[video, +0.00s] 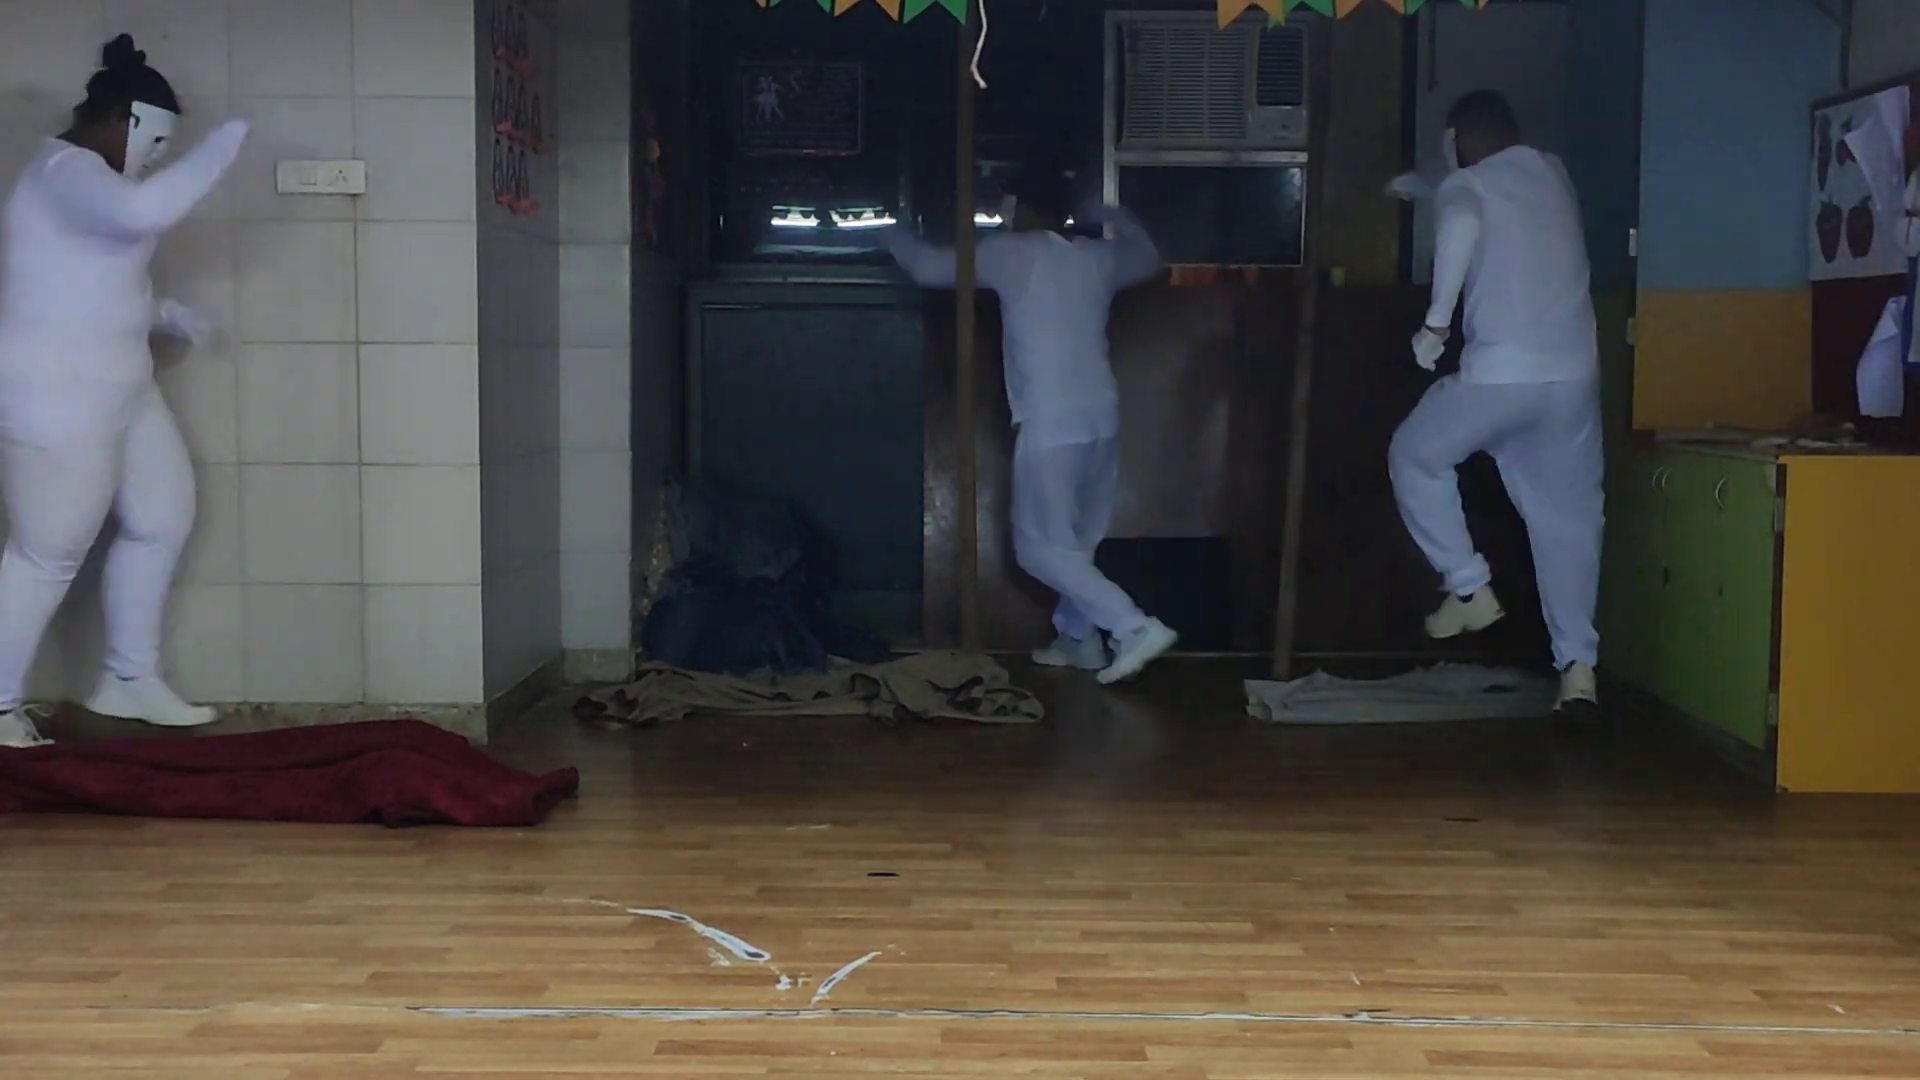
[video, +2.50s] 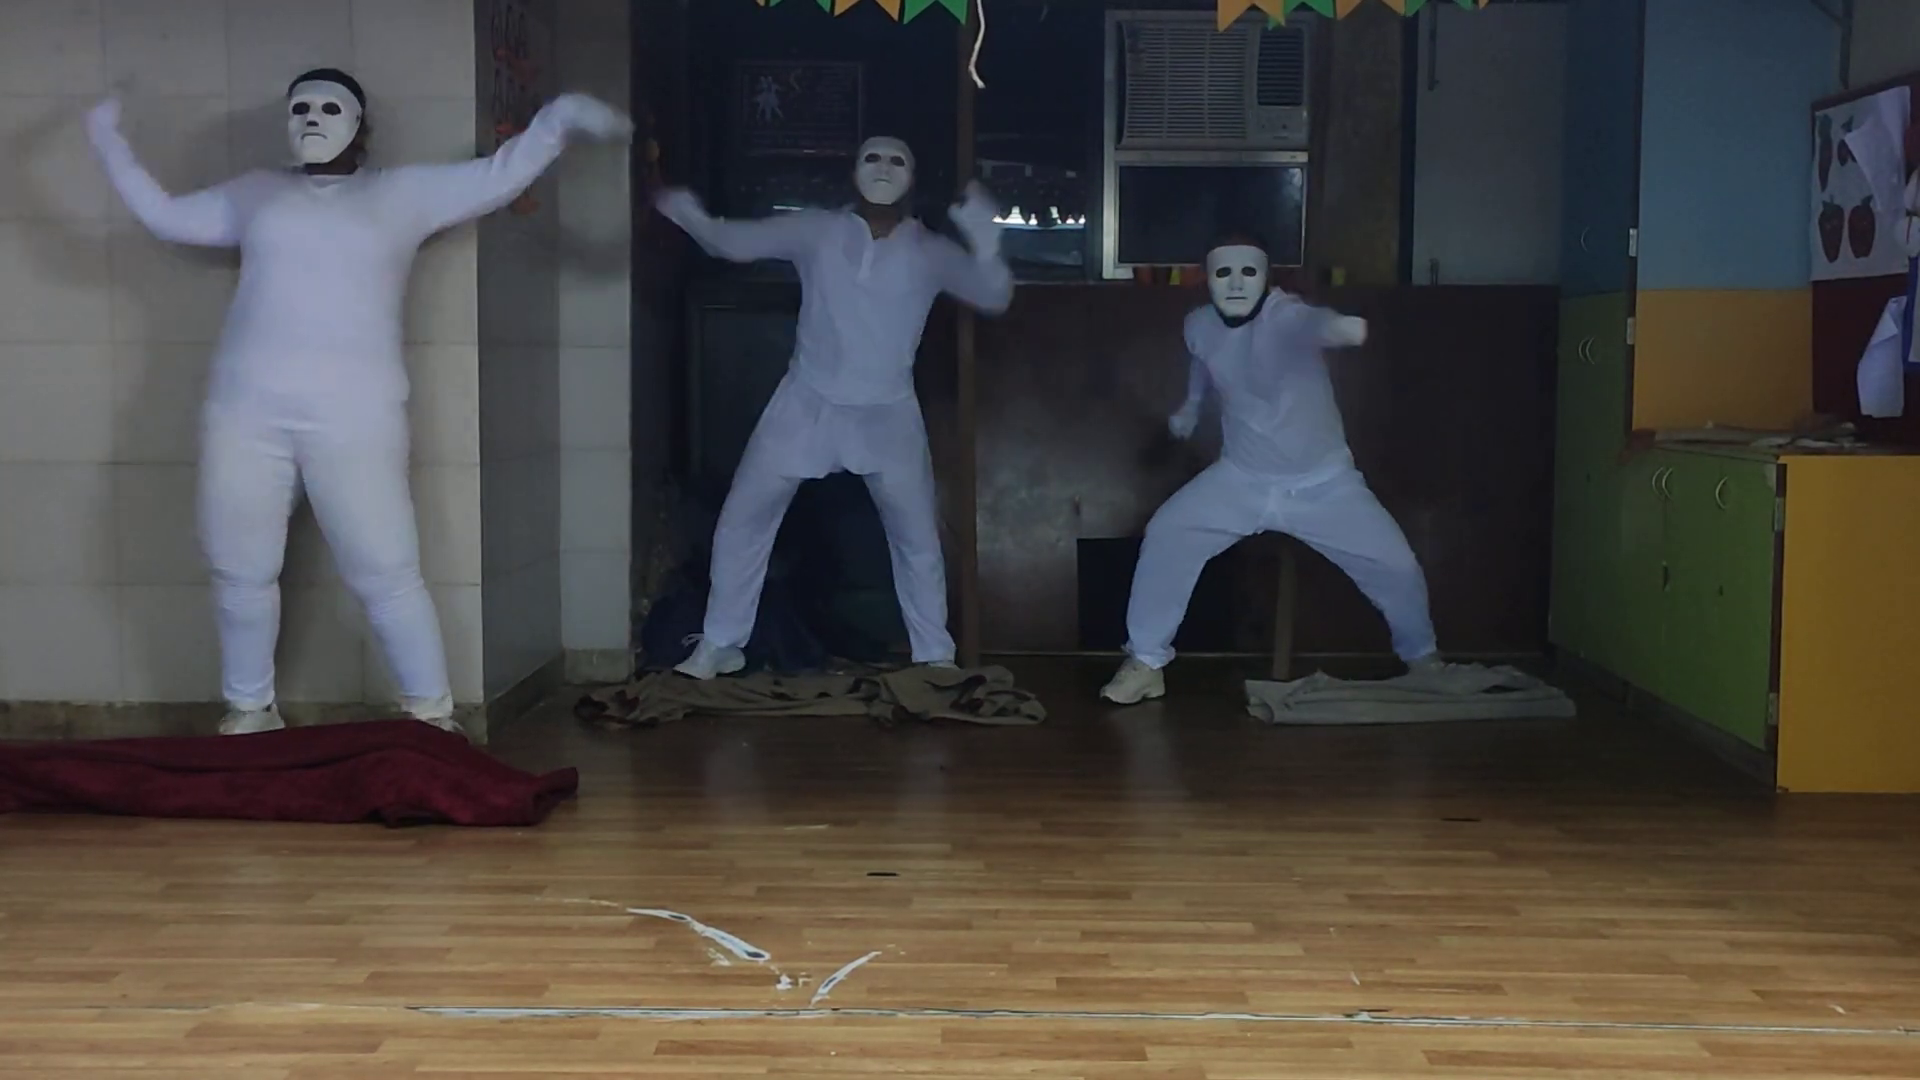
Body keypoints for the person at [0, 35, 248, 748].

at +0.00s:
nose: (151, 155)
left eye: (160, 144)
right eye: (150, 137)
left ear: (110, 120)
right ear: (117, 119)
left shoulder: (103, 186)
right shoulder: (63, 170)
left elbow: (95, 300)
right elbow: (137, 213)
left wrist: (163, 318)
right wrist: (218, 150)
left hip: (124, 396)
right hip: (55, 401)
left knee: (160, 516)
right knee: (45, 551)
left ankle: (129, 680)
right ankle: (4, 704)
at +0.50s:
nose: (185, 108)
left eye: (200, 93)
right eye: (171, 96)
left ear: (229, 101)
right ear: (158, 109)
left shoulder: (282, 179)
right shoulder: (134, 191)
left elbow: (382, 190)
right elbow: (92, 284)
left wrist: (375, 124)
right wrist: (69, 368)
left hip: (268, 389)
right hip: (159, 390)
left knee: (260, 548)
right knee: (174, 549)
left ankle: (252, 699)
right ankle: (187, 701)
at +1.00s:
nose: (265, 106)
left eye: (285, 100)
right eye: (256, 93)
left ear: (311, 118)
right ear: (238, 103)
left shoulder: (337, 183)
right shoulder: (198, 183)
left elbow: (434, 241)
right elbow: (104, 200)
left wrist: (387, 219)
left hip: (333, 398)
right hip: (227, 401)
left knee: (362, 553)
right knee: (222, 560)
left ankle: (411, 708)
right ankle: (210, 711)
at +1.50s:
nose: (283, 106)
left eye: (298, 94)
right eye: (270, 98)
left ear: (328, 107)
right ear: (258, 117)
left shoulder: (381, 187)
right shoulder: (238, 194)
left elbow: (492, 190)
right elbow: (188, 283)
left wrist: (502, 94)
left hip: (345, 403)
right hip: (235, 399)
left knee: (379, 560)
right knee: (216, 557)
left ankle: (430, 712)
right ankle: (206, 711)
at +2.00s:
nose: (292, 118)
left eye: (310, 108)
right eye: (281, 106)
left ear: (338, 123)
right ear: (266, 117)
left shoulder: (376, 199)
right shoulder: (238, 197)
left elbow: (435, 292)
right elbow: (139, 203)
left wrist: (485, 249)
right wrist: (132, 104)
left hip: (404, 408)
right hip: (296, 414)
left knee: (416, 570)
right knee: (257, 573)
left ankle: (439, 719)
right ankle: (220, 717)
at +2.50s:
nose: (311, 119)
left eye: (328, 108)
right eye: (300, 109)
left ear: (358, 125)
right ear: (287, 123)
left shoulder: (396, 195)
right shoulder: (257, 198)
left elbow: (497, 178)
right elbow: (165, 214)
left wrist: (556, 122)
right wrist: (108, 139)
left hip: (353, 414)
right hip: (249, 411)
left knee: (384, 571)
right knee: (241, 572)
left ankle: (431, 715)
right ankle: (249, 715)